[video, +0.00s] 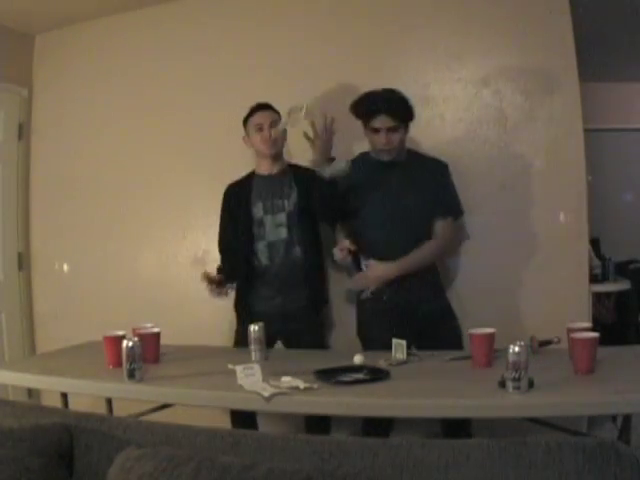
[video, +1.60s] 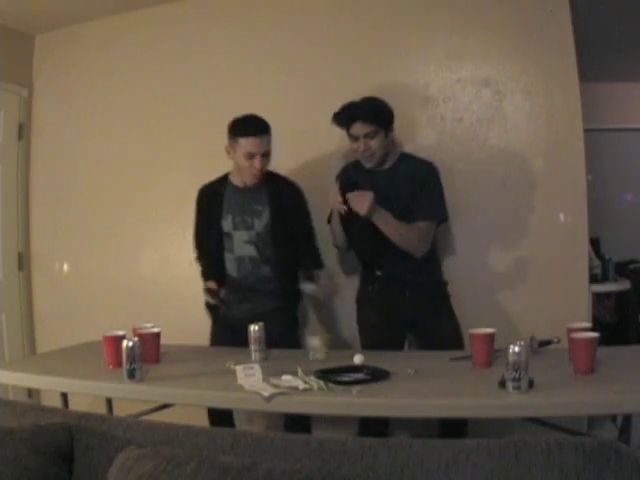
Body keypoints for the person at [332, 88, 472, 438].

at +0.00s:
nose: (385, 140)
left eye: (393, 130)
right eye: (376, 131)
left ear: (406, 129)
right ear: (365, 131)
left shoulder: (432, 171)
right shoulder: (352, 176)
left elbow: (447, 238)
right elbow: (343, 227)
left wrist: (388, 270)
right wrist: (343, 247)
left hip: (426, 295)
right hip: (376, 299)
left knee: (451, 385)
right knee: (378, 393)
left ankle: (463, 471)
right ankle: (372, 474)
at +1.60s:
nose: (362, 147)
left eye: (370, 137)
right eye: (354, 139)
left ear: (389, 134)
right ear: (348, 140)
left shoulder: (421, 172)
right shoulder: (349, 177)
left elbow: (419, 244)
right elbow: (344, 247)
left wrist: (373, 212)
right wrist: (336, 217)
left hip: (425, 292)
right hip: (376, 294)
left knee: (452, 377)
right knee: (376, 384)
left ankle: (453, 465)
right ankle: (370, 470)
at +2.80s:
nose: (379, 132)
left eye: (387, 125)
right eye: (372, 126)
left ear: (406, 130)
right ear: (366, 133)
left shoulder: (433, 165)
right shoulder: (365, 173)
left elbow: (432, 194)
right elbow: (317, 171)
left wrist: (397, 141)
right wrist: (328, 111)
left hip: (436, 287)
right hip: (389, 289)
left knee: (450, 377)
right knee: (380, 379)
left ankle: (445, 467)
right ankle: (370, 468)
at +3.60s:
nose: (394, 132)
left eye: (401, 124)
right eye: (388, 127)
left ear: (419, 130)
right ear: (377, 133)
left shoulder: (442, 165)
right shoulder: (372, 171)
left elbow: (440, 201)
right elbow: (321, 187)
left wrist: (413, 139)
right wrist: (327, 134)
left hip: (430, 291)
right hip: (375, 293)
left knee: (444, 385)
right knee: (360, 385)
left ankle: (440, 468)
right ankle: (347, 466)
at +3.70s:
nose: (385, 137)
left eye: (391, 129)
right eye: (376, 130)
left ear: (406, 130)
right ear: (365, 137)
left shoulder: (434, 167)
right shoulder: (367, 175)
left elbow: (445, 205)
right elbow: (319, 200)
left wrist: (424, 142)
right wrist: (311, 142)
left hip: (426, 293)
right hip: (375, 295)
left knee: (438, 387)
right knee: (356, 386)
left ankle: (440, 471)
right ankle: (343, 467)